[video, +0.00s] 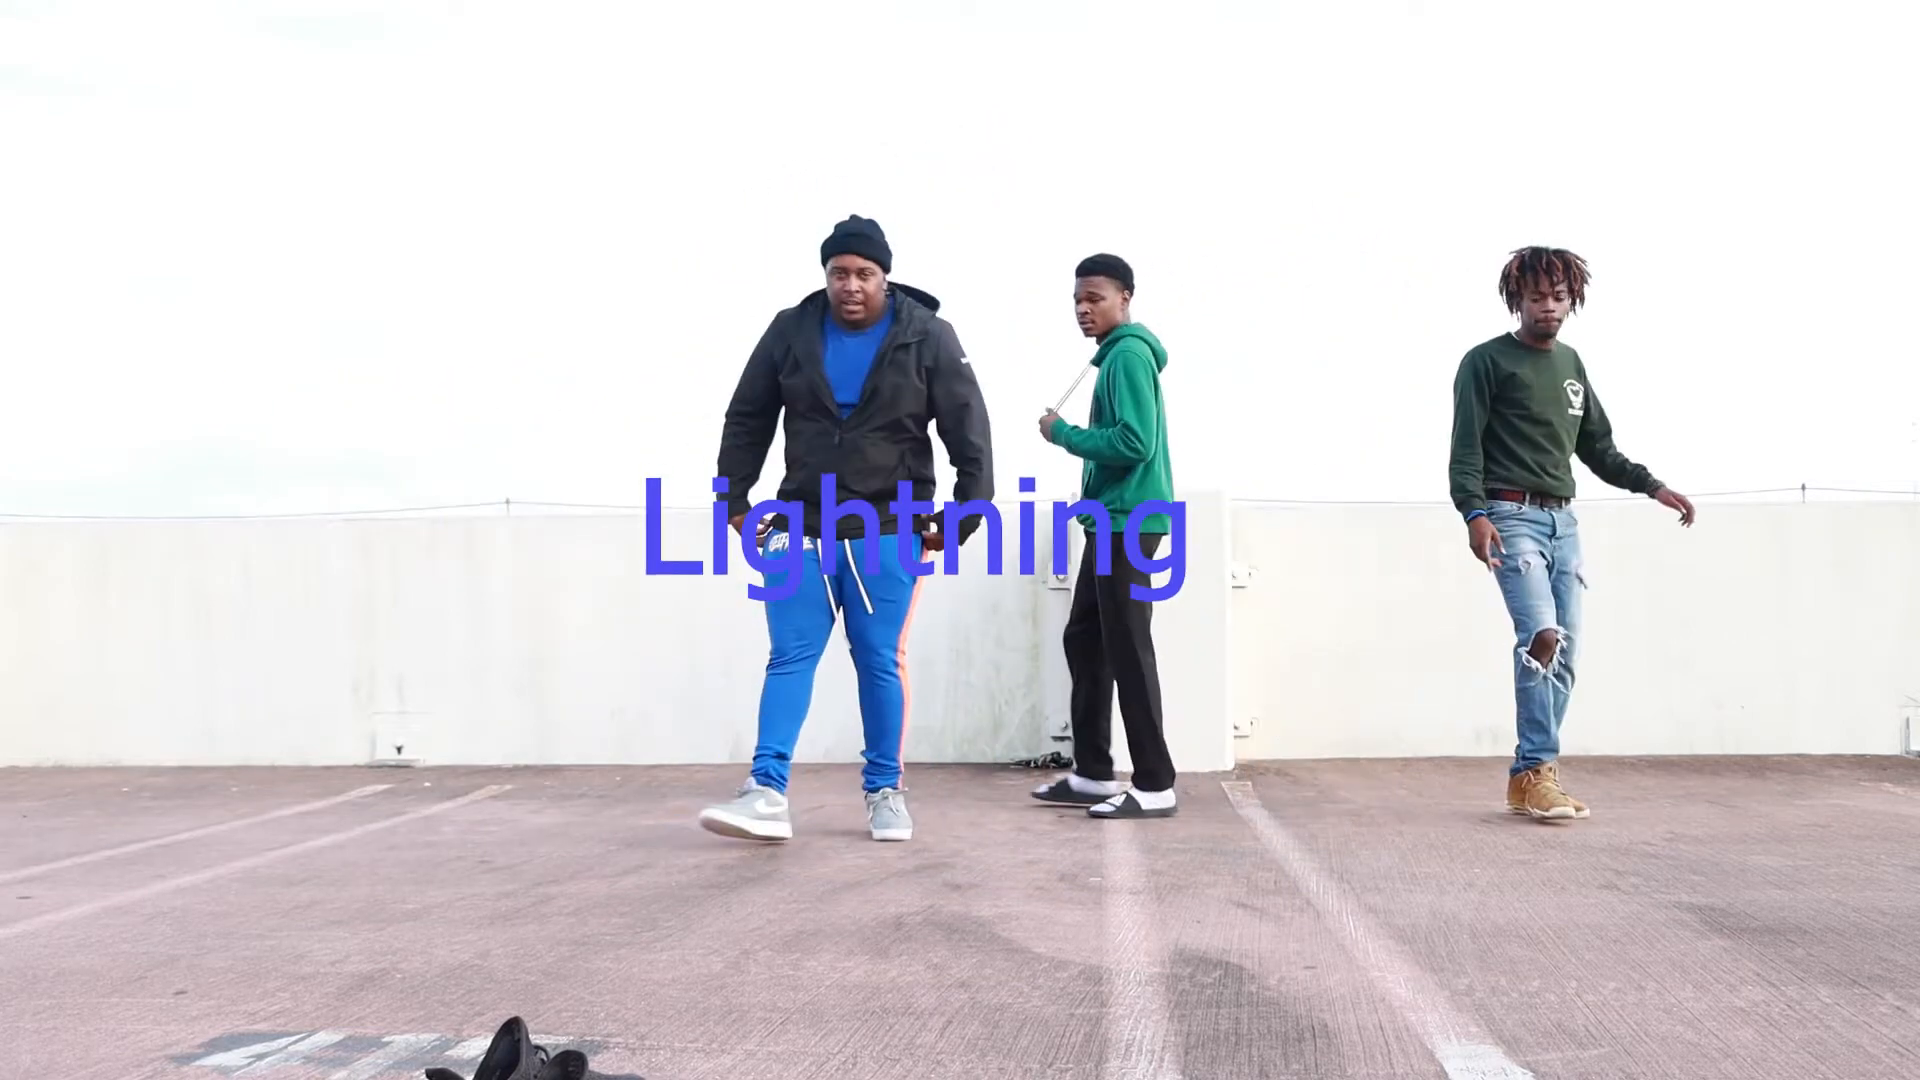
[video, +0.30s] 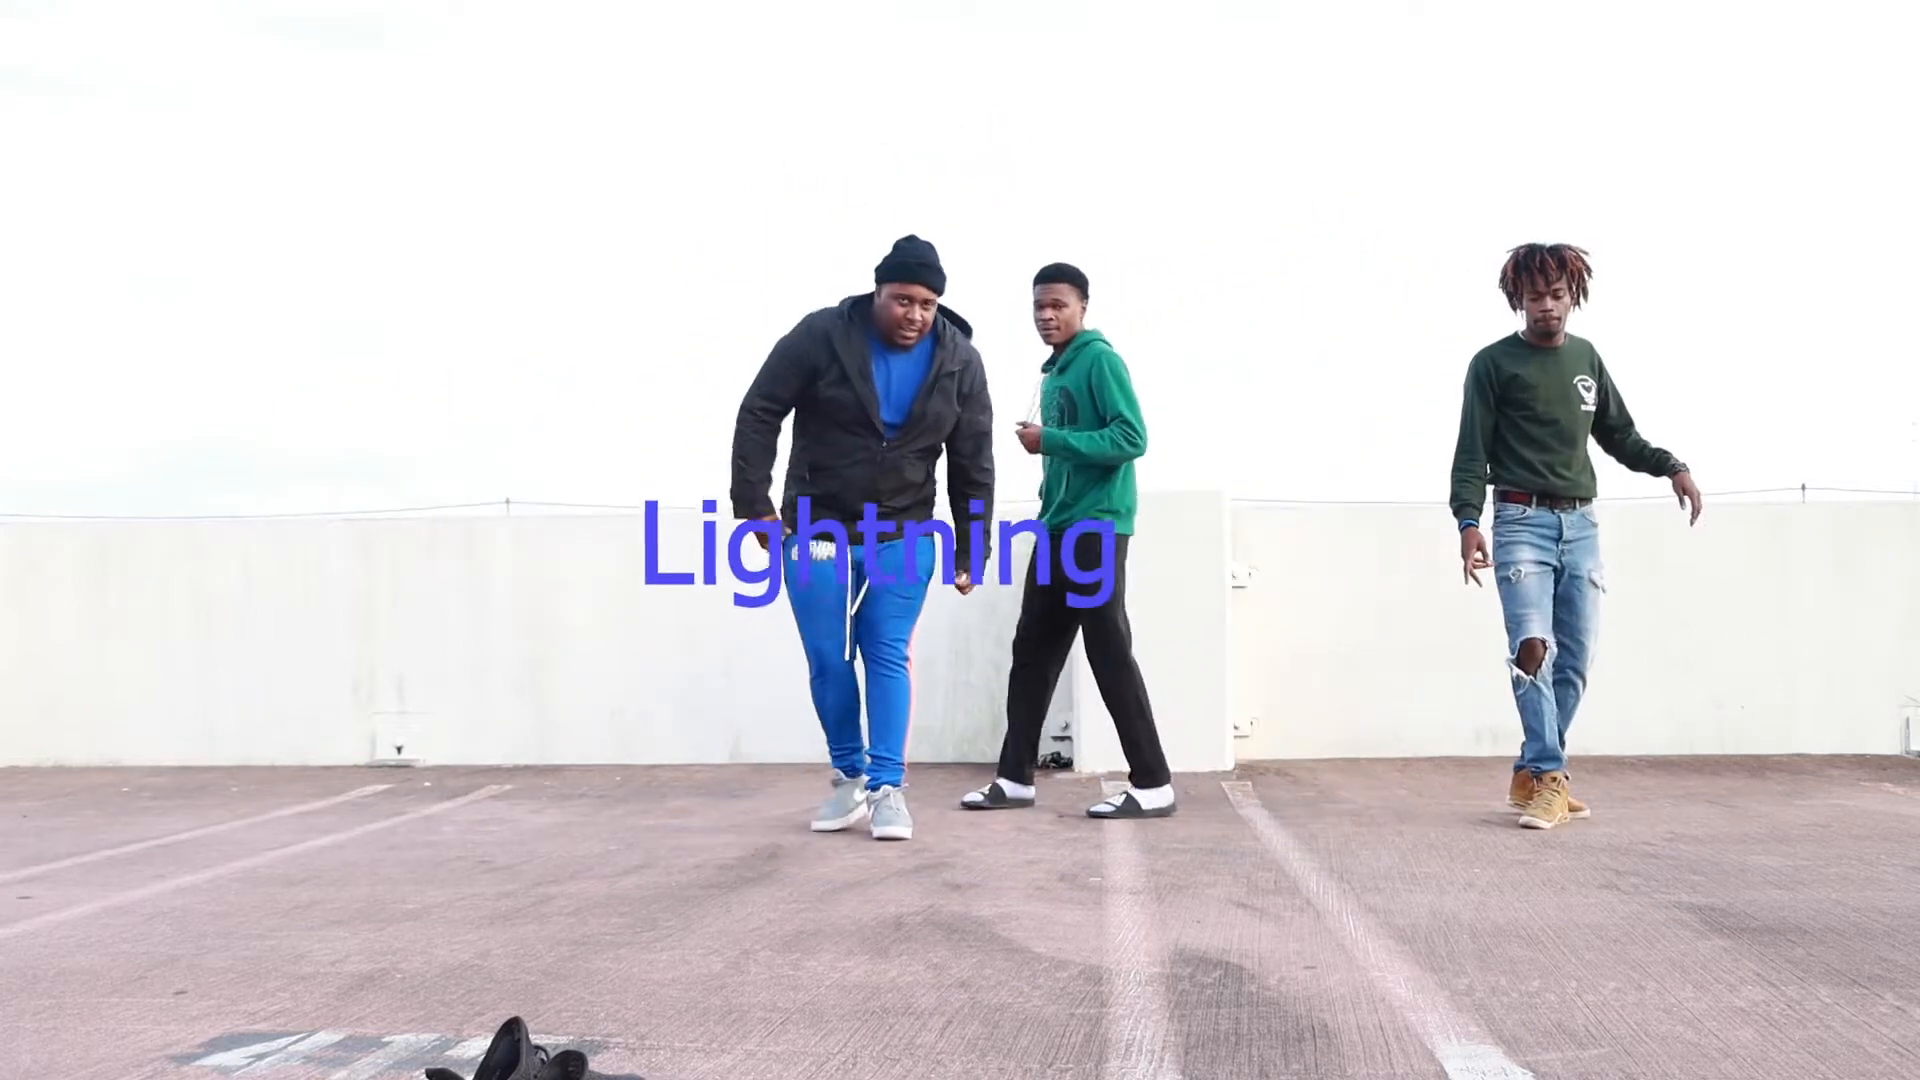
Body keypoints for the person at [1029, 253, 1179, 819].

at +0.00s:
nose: (1083, 309)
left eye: (1094, 298)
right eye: (1079, 300)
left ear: (1125, 299)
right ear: (1081, 305)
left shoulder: (1127, 355)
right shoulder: (1117, 356)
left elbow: (1133, 443)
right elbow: (1127, 445)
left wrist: (1062, 433)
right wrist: (1094, 501)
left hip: (1128, 523)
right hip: (1110, 522)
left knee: (1127, 648)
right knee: (1084, 641)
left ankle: (1156, 785)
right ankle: (1092, 775)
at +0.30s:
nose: (1048, 315)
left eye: (1059, 305)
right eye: (1041, 306)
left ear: (1082, 309)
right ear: (1034, 313)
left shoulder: (1098, 359)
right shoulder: (1057, 369)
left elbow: (1131, 438)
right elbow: (1068, 458)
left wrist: (1050, 440)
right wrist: (1047, 514)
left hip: (1097, 526)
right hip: (1059, 527)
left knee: (1110, 654)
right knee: (1033, 652)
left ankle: (1153, 785)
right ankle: (1015, 780)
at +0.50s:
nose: (1013, 316)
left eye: (1023, 306)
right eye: (1005, 308)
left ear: (1044, 310)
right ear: (996, 316)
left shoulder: (1070, 361)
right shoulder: (998, 387)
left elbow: (1112, 434)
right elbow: (987, 474)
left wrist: (1044, 438)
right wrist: (964, 541)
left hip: (1075, 528)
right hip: (1022, 534)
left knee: (1098, 651)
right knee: (1015, 657)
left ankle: (1148, 781)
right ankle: (1014, 782)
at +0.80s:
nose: (986, 322)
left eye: (994, 312)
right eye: (975, 314)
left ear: (1011, 314)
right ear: (963, 322)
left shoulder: (1051, 362)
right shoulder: (961, 388)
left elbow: (1095, 427)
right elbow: (941, 473)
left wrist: (1053, 444)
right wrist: (905, 510)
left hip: (1065, 532)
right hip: (1006, 537)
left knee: (1079, 655)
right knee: (1005, 659)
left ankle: (1082, 772)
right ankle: (1013, 781)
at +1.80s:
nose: (1037, 343)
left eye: (1044, 334)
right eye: (1028, 334)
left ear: (1054, 340)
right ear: (1011, 338)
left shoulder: (1062, 403)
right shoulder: (981, 380)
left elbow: (1069, 472)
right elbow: (950, 438)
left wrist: (1076, 499)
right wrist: (948, 502)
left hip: (1030, 537)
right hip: (975, 531)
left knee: (1026, 653)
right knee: (971, 652)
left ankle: (1021, 767)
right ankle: (976, 766)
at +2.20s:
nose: (966, 345)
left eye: (974, 337)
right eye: (959, 336)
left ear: (983, 342)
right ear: (940, 338)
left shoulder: (1009, 396)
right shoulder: (916, 387)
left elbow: (1036, 474)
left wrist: (1052, 547)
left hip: (988, 539)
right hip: (920, 536)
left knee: (1004, 659)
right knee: (907, 658)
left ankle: (1018, 766)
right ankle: (903, 765)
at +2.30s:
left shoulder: (984, 390)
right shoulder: (885, 387)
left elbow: (1018, 468)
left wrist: (1041, 540)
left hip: (971, 537)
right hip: (898, 536)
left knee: (993, 657)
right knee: (898, 658)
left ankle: (1018, 766)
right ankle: (901, 763)